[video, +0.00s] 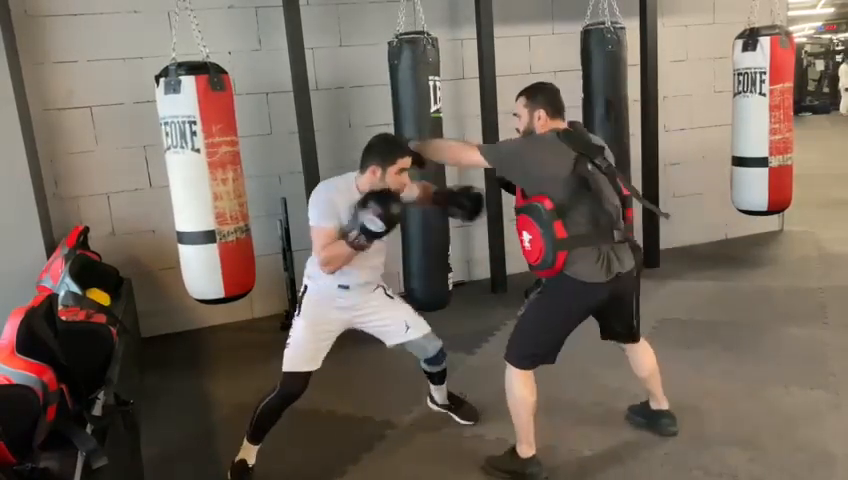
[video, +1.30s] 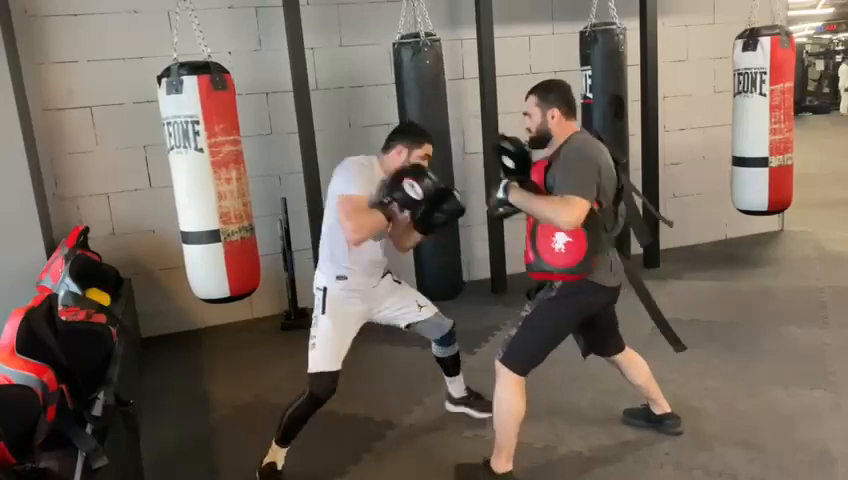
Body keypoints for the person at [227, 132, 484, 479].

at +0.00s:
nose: (407, 180)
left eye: (407, 172)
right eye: (402, 172)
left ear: (379, 172)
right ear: (376, 171)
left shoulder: (388, 192)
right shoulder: (327, 195)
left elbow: (421, 192)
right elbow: (327, 261)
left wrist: (452, 198)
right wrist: (367, 230)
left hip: (371, 293)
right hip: (323, 298)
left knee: (433, 351)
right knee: (292, 386)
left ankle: (440, 398)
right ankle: (245, 458)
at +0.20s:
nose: (423, 162)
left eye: (423, 154)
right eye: (419, 154)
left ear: (396, 155)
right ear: (395, 155)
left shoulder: (396, 185)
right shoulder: (353, 183)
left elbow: (388, 228)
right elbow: (328, 237)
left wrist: (423, 223)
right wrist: (382, 233)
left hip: (378, 289)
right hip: (343, 296)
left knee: (433, 335)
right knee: (319, 393)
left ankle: (444, 401)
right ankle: (253, 454)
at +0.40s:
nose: (424, 150)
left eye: (426, 143)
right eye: (422, 142)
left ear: (395, 139)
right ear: (400, 138)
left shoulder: (381, 164)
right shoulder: (376, 159)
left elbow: (389, 228)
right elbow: (410, 203)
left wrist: (413, 195)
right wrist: (454, 191)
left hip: (372, 276)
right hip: (343, 281)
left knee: (413, 338)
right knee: (326, 383)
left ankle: (443, 402)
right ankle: (255, 452)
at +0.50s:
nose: (409, 167)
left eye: (415, 162)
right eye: (409, 160)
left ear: (399, 154)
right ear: (392, 150)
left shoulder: (389, 170)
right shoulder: (352, 171)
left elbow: (426, 216)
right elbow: (390, 231)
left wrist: (423, 176)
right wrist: (402, 184)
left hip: (371, 282)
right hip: (333, 284)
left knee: (417, 341)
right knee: (325, 383)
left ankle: (441, 402)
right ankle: (284, 468)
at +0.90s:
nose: (418, 189)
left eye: (421, 185)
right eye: (419, 181)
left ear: (401, 171)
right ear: (406, 169)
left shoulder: (380, 199)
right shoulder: (375, 178)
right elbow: (411, 225)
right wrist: (431, 199)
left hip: (368, 297)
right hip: (335, 302)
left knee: (426, 340)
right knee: (318, 407)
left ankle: (445, 401)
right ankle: (245, 461)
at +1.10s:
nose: (408, 160)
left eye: (413, 153)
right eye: (404, 150)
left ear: (412, 152)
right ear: (382, 145)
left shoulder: (407, 182)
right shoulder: (336, 165)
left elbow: (441, 218)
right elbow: (316, 212)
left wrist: (464, 200)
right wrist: (355, 176)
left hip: (377, 291)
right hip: (326, 290)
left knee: (429, 358)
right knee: (300, 382)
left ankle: (444, 406)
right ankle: (269, 458)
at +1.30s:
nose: (422, 168)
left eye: (425, 163)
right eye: (420, 159)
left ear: (402, 154)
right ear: (398, 151)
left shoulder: (396, 185)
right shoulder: (353, 170)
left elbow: (403, 242)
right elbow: (356, 230)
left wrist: (430, 218)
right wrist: (398, 203)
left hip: (381, 284)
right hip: (339, 290)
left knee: (442, 330)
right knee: (322, 389)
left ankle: (458, 394)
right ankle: (275, 456)